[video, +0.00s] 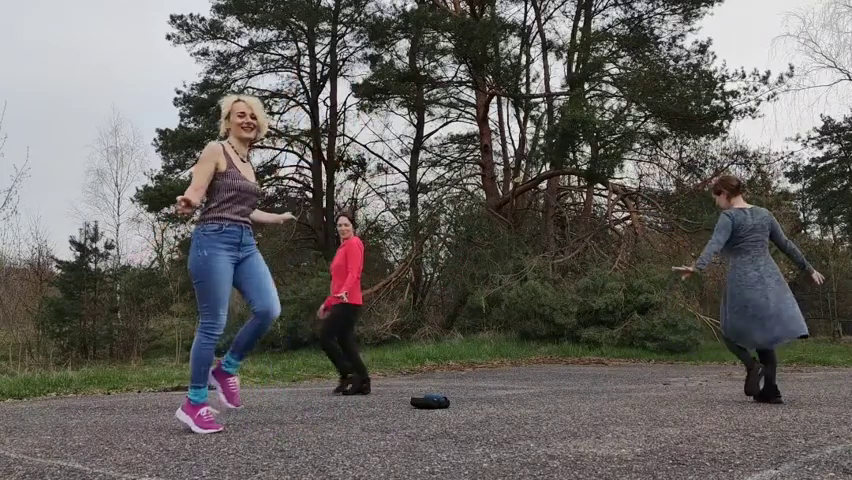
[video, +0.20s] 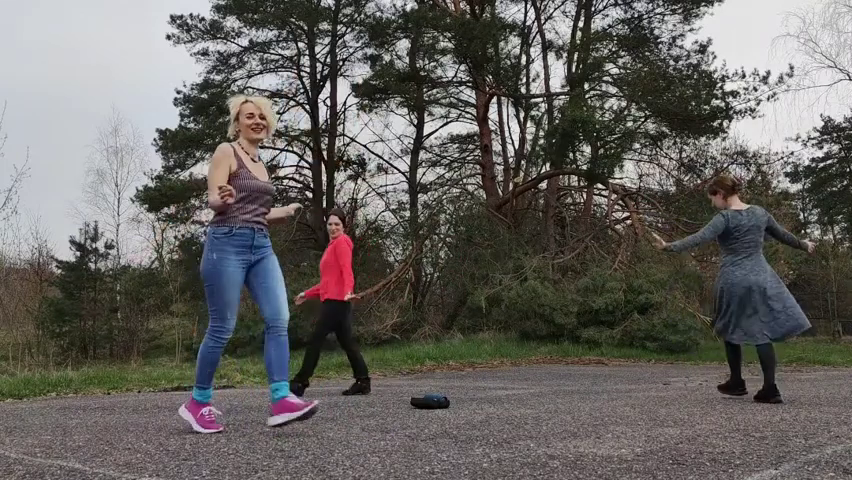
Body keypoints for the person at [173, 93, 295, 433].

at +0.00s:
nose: (247, 119)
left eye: (252, 116)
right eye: (240, 115)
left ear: (259, 124)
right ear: (228, 122)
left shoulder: (247, 164)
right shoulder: (216, 150)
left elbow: (244, 210)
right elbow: (197, 188)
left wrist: (278, 217)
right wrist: (188, 203)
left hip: (245, 243)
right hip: (213, 241)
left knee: (268, 310)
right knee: (212, 325)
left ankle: (225, 369)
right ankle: (195, 402)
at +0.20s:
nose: (256, 120)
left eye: (261, 116)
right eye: (249, 116)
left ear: (267, 125)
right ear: (237, 123)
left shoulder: (261, 166)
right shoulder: (226, 151)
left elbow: (256, 214)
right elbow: (213, 197)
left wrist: (287, 211)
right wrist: (222, 200)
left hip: (261, 247)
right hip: (225, 245)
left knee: (278, 320)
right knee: (221, 327)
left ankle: (281, 399)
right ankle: (198, 403)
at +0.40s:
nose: (280, 120)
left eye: (284, 116)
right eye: (271, 117)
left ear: (291, 126)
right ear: (257, 127)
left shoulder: (291, 165)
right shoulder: (252, 155)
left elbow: (288, 211)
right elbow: (241, 202)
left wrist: (302, 190)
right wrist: (254, 174)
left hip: (290, 252)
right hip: (253, 249)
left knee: (294, 336)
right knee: (244, 334)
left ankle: (305, 413)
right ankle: (204, 398)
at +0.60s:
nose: (304, 110)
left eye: (308, 106)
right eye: (296, 107)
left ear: (315, 118)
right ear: (282, 119)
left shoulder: (311, 163)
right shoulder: (274, 147)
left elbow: (314, 213)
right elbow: (261, 196)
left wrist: (331, 202)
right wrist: (269, 182)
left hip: (316, 242)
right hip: (282, 238)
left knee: (312, 330)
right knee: (302, 326)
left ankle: (307, 413)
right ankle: (263, 403)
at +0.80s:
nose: (331, 108)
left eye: (333, 104)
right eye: (323, 104)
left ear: (335, 115)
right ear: (305, 114)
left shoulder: (325, 161)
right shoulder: (293, 145)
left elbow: (338, 207)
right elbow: (278, 190)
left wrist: (366, 188)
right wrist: (277, 191)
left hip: (330, 239)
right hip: (303, 235)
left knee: (316, 332)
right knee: (351, 304)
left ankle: (307, 413)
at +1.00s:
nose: (352, 104)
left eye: (351, 100)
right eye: (344, 99)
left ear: (340, 109)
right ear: (325, 107)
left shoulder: (339, 157)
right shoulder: (312, 138)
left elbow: (362, 197)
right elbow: (296, 185)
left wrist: (392, 171)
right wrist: (296, 184)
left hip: (337, 233)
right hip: (321, 227)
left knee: (335, 328)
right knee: (393, 278)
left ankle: (312, 409)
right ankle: (444, 356)